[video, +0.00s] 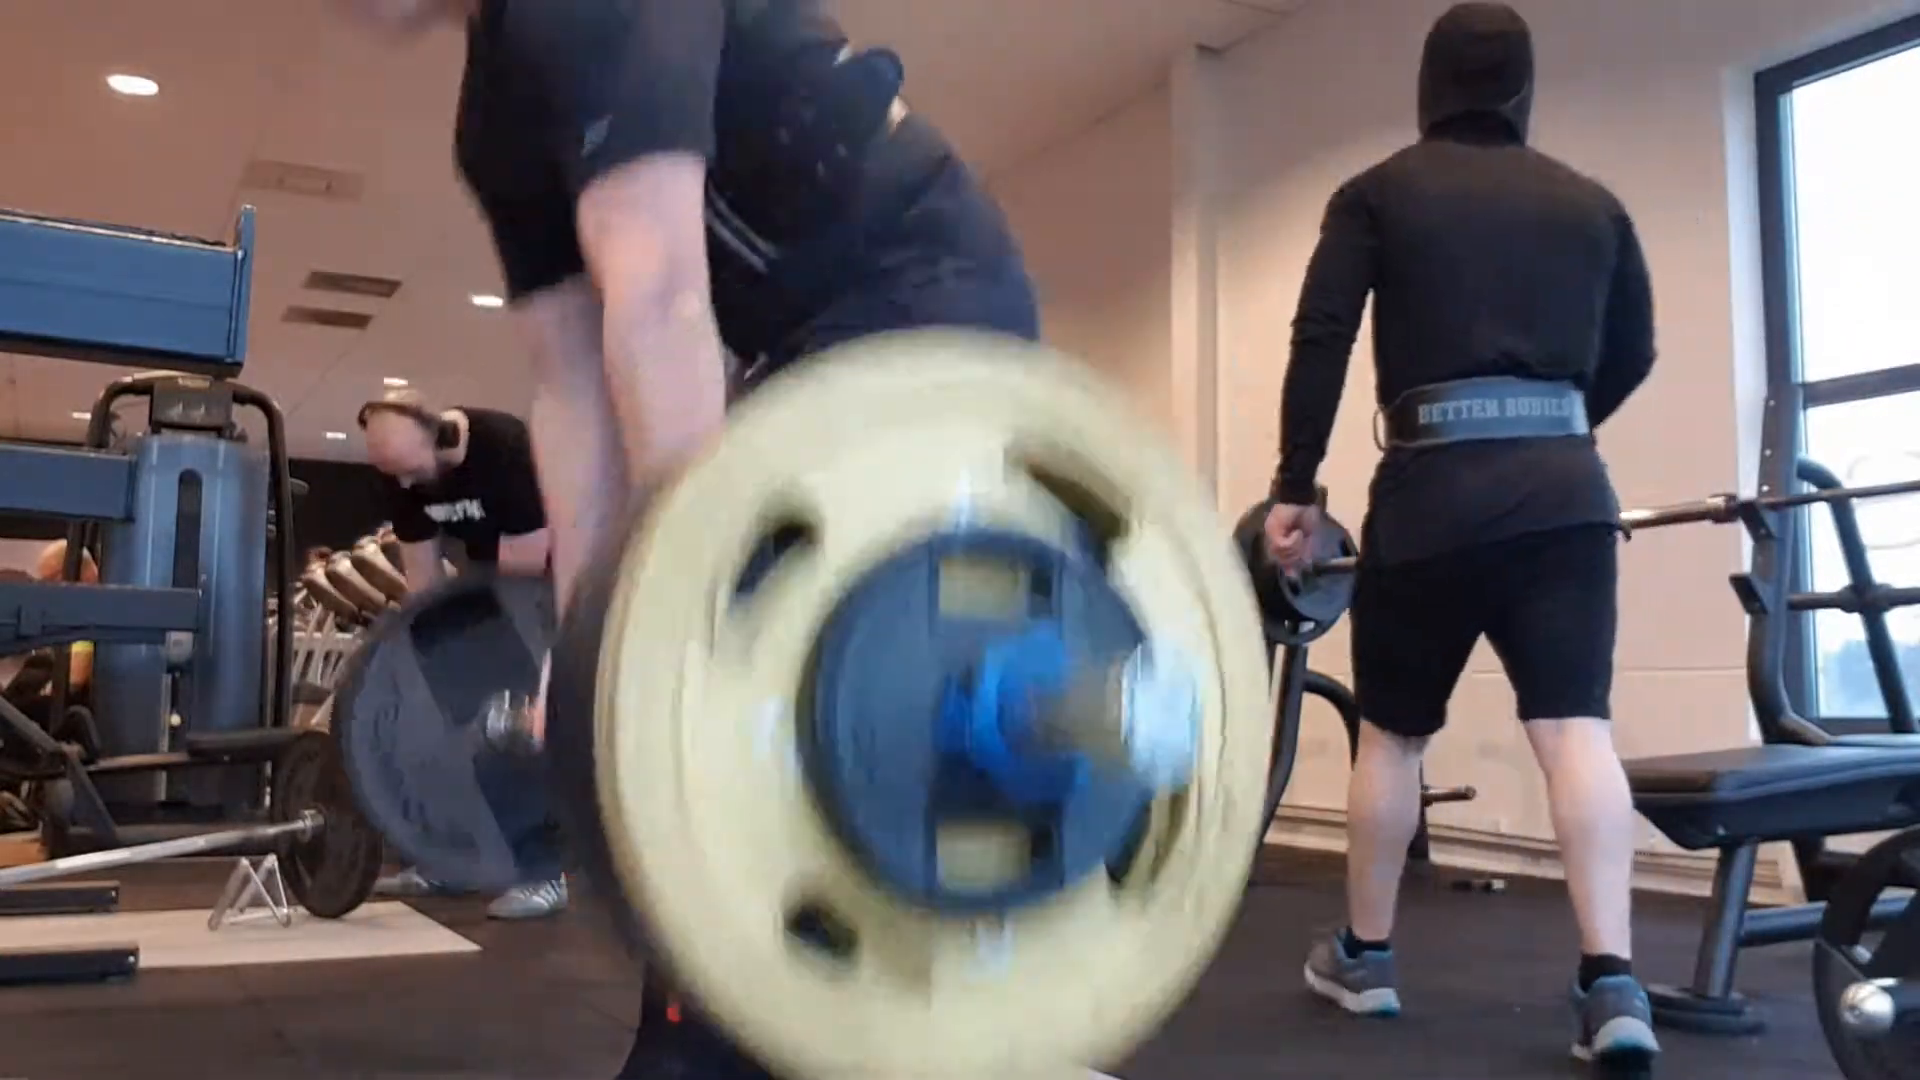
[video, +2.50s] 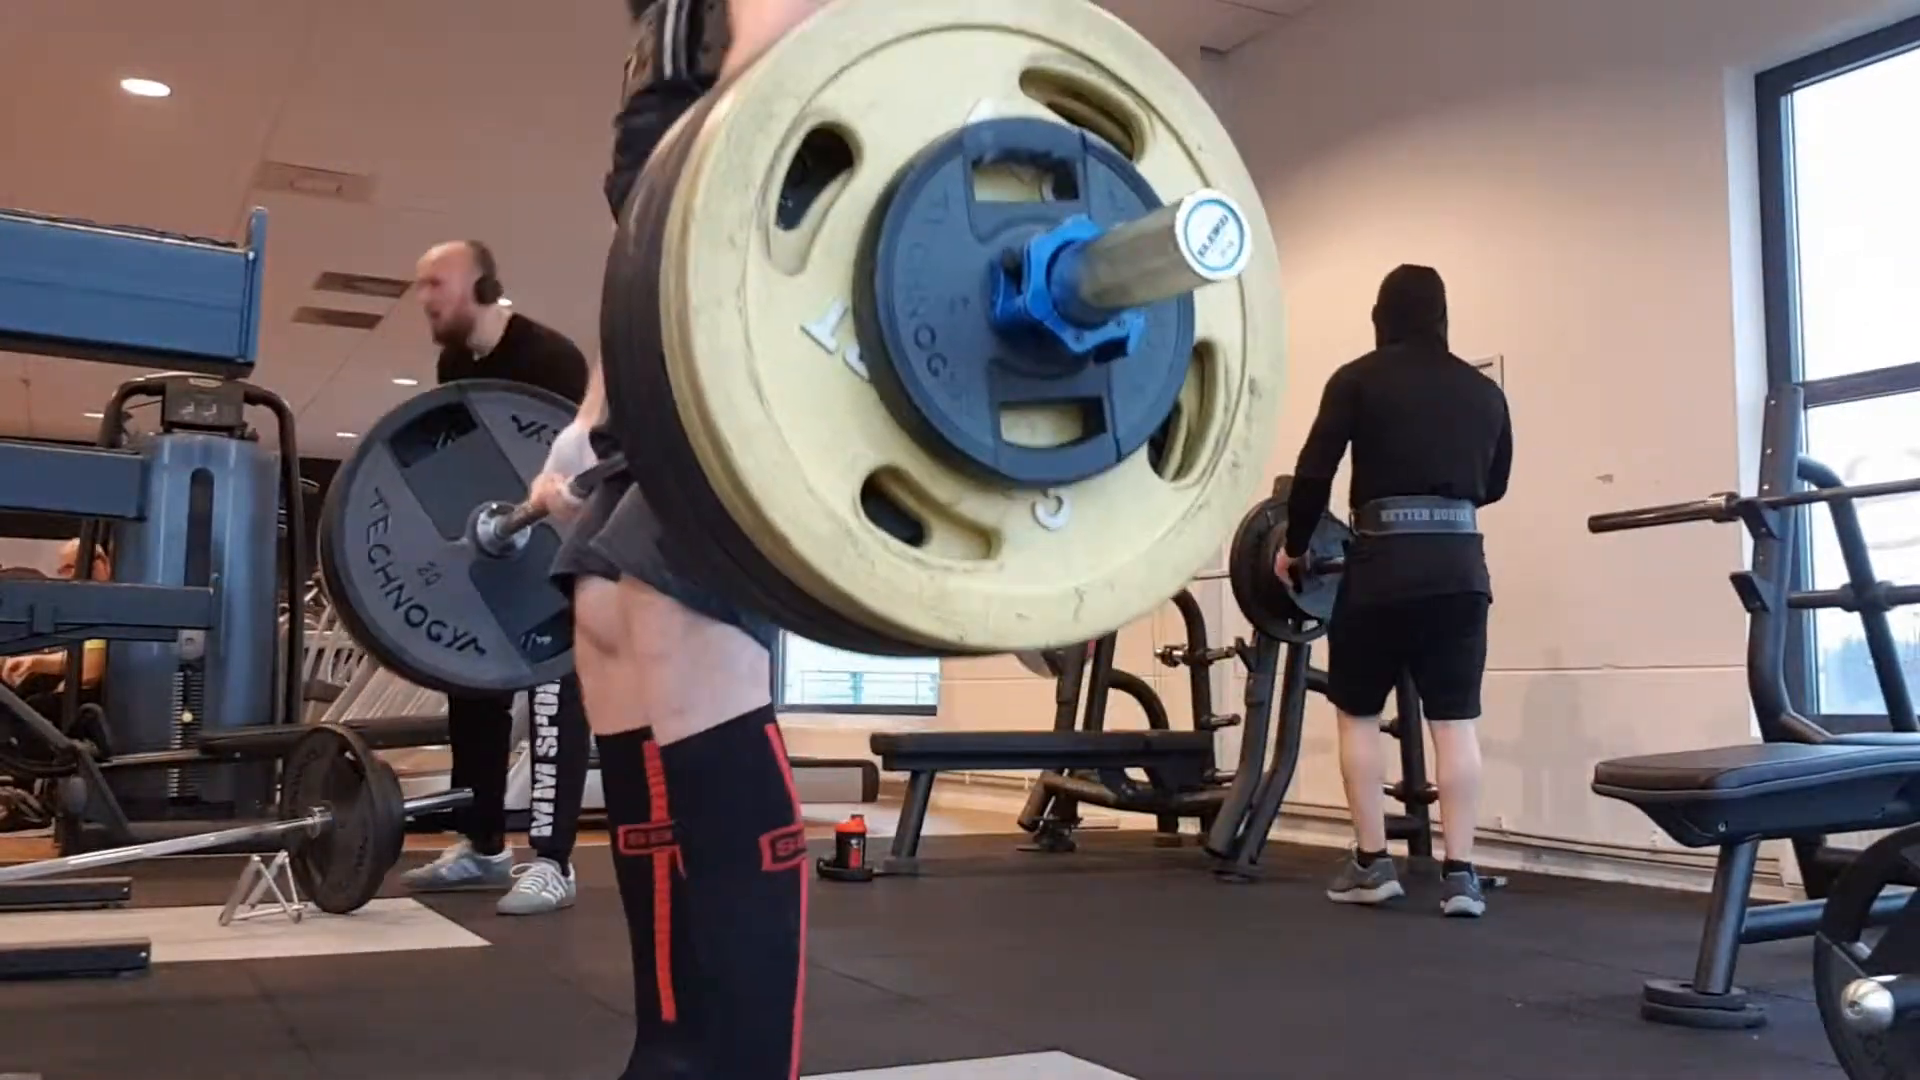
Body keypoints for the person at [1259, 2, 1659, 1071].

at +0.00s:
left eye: (1435, 82)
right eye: (1504, 83)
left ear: (1425, 90)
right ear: (1523, 96)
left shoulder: (1375, 195)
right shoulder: (1592, 202)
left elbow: (1320, 335)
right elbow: (1631, 353)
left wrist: (1295, 484)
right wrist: (1547, 433)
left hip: (1431, 498)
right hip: (1565, 495)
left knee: (1393, 732)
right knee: (1576, 728)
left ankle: (1365, 957)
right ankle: (1612, 984)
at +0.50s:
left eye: (1355, 143)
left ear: (1343, 154)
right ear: (1430, 151)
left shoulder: (1299, 254)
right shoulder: (1493, 246)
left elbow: (1247, 381)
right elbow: (1524, 360)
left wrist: (1248, 498)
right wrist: (1445, 338)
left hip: (1357, 509)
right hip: (1471, 509)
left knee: (1358, 724)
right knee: (1469, 721)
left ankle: (1367, 950)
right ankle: (1480, 930)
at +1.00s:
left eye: (1423, 196)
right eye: (1464, 204)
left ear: (1402, 208)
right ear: (1479, 216)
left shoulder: (1348, 288)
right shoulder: (1516, 303)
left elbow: (1295, 404)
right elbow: (1502, 400)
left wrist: (1282, 511)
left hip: (1373, 530)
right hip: (1474, 531)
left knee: (1331, 698)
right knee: (1458, 724)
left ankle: (1362, 857)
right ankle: (1455, 917)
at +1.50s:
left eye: (1343, 257)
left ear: (1339, 266)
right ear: (1413, 264)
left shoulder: (1305, 343)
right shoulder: (1460, 334)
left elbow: (1265, 448)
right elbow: (1480, 410)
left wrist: (1256, 543)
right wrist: (1418, 389)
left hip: (1349, 554)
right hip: (1442, 548)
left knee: (1351, 724)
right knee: (1448, 714)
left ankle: (1359, 894)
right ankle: (1447, 849)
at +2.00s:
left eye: (1339, 292)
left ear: (1340, 300)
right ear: (1406, 297)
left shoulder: (1320, 361)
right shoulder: (1454, 362)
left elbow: (1296, 447)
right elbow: (1483, 442)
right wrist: (1427, 408)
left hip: (1348, 567)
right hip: (1436, 568)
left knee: (1351, 725)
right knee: (1446, 730)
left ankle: (1359, 886)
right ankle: (1461, 879)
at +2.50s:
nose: (1374, 325)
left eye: (1376, 316)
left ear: (1381, 318)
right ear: (1442, 319)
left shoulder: (1356, 380)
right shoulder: (1484, 391)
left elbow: (1313, 474)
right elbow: (1492, 485)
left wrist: (1295, 544)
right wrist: (1426, 498)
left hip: (1380, 568)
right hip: (1458, 571)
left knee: (1359, 713)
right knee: (1454, 721)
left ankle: (1374, 862)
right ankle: (1459, 875)